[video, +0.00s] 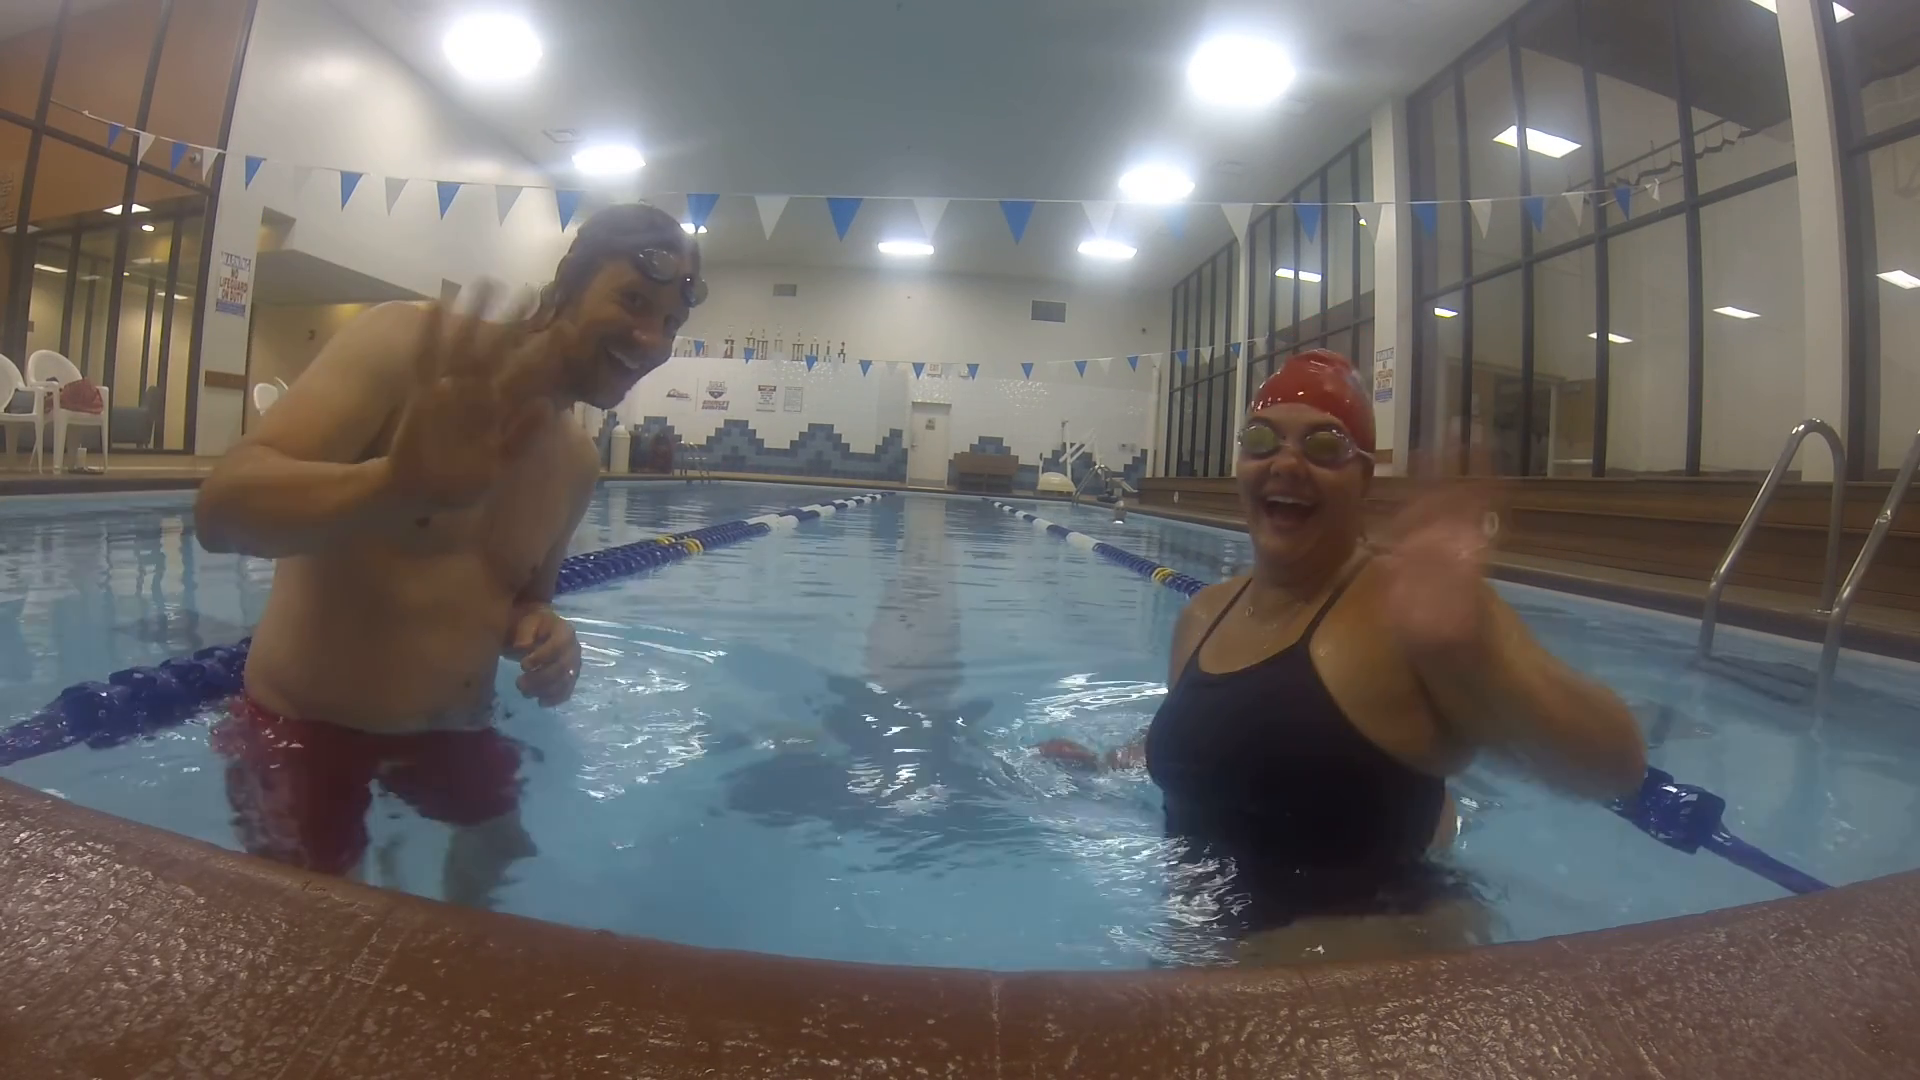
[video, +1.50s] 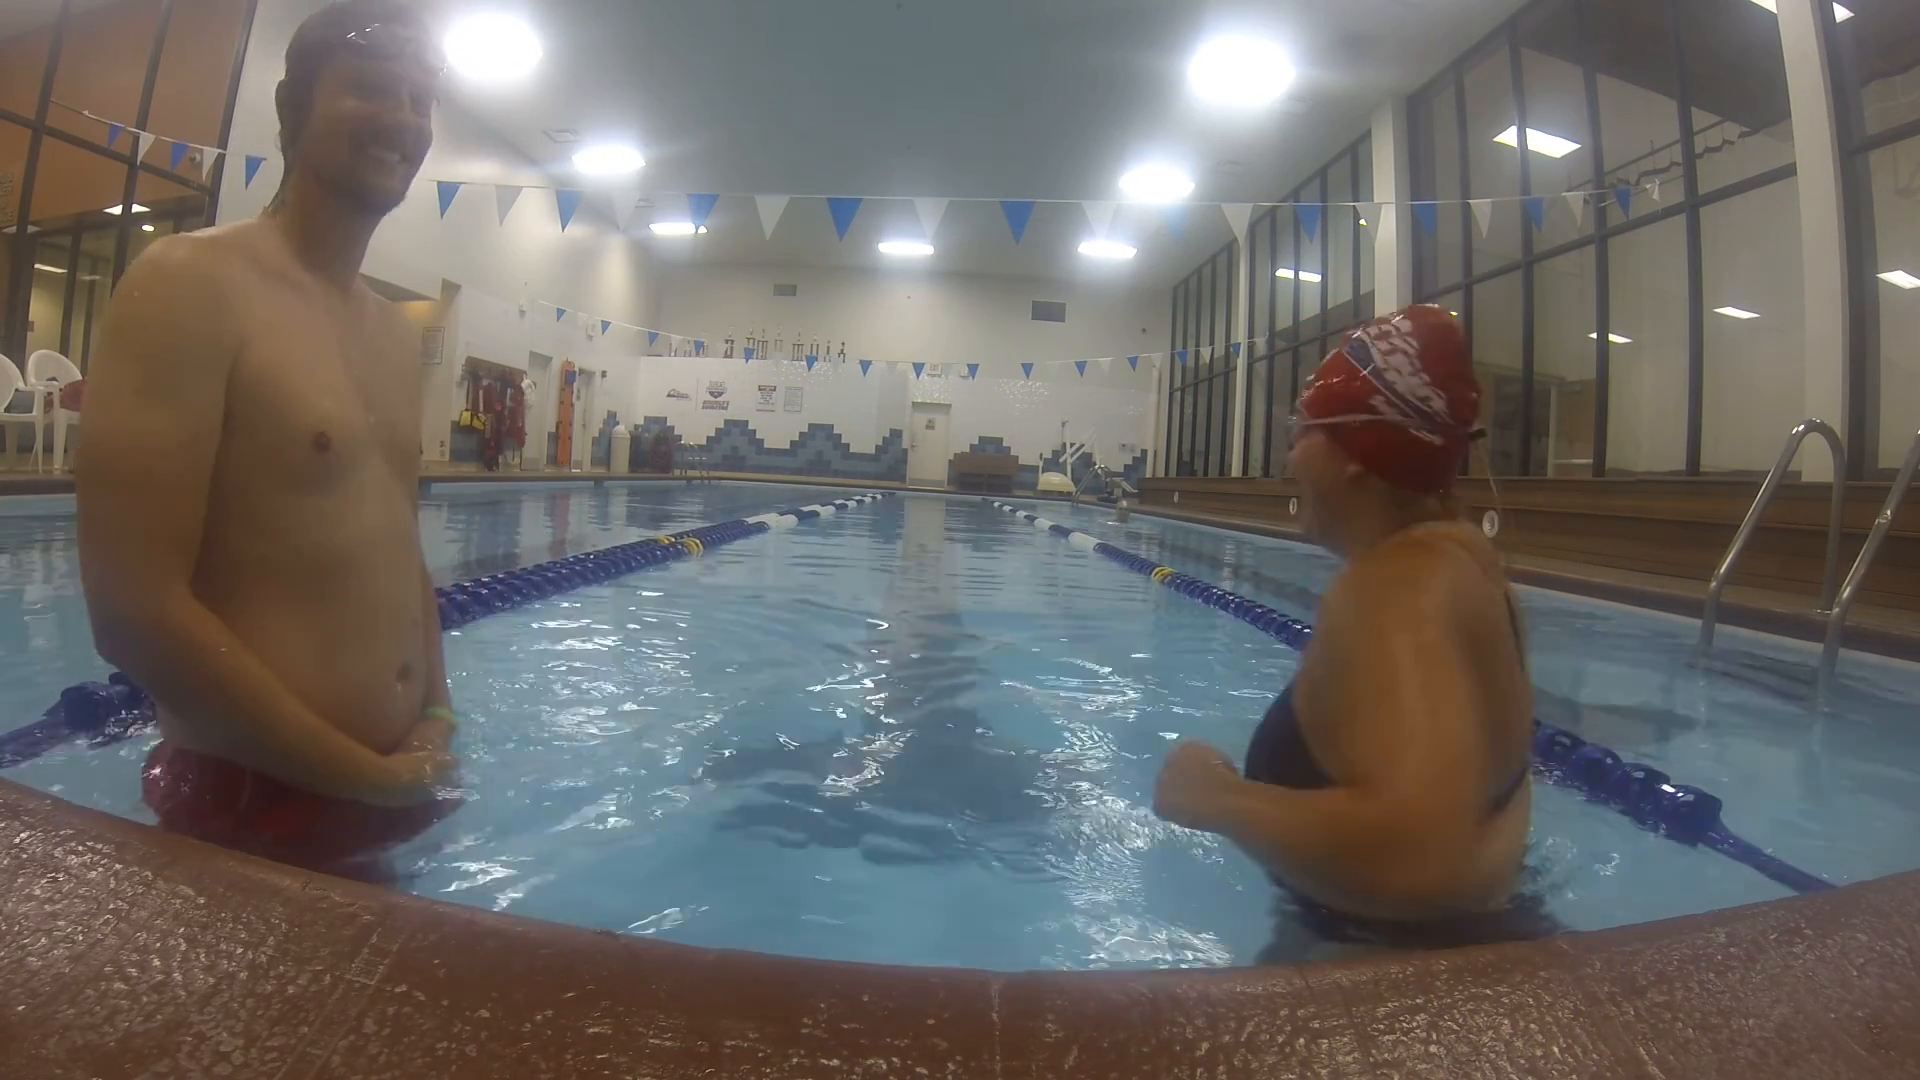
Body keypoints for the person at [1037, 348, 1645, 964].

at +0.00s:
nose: (1285, 467)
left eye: (1323, 447)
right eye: (1263, 442)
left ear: (1366, 477)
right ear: (1240, 464)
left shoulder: (1419, 607)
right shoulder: (1206, 612)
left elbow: (1619, 768)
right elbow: (1204, 742)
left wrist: (1468, 652)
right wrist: (1105, 765)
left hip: (1372, 985)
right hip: (1219, 973)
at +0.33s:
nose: (1313, 465)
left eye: (1342, 444)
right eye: (1286, 440)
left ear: (1374, 470)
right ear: (1251, 461)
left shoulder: (1432, 597)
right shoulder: (1197, 610)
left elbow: (1623, 738)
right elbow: (1167, 727)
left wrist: (1519, 625)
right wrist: (1072, 754)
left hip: (1398, 954)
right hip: (1244, 952)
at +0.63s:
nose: (1345, 463)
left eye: (1373, 442)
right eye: (1316, 438)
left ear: (1397, 468)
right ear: (1276, 457)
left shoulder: (1452, 593)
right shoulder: (1216, 601)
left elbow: (1646, 728)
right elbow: (1182, 722)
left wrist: (1538, 623)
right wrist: (1081, 761)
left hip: (1417, 928)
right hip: (1264, 924)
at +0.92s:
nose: (1353, 465)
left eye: (1386, 443)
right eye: (1326, 438)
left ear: (1418, 467)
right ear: (1293, 459)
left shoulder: (1470, 594)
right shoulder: (1261, 593)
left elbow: (1649, 763)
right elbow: (1263, 730)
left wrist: (1489, 642)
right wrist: (1141, 741)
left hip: (1436, 934)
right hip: (1286, 925)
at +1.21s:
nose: (1300, 467)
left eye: (1339, 443)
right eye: (1293, 442)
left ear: (1420, 470)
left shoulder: (1458, 596)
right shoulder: (1319, 595)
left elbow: (1615, 796)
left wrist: (1342, 732)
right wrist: (1269, 713)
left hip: (1446, 976)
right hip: (1323, 950)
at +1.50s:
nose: (1290, 456)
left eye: (1304, 431)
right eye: (1298, 431)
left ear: (1360, 453)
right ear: (1369, 454)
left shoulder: (1399, 587)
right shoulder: (1458, 561)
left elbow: (1423, 852)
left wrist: (1224, 801)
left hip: (1372, 967)